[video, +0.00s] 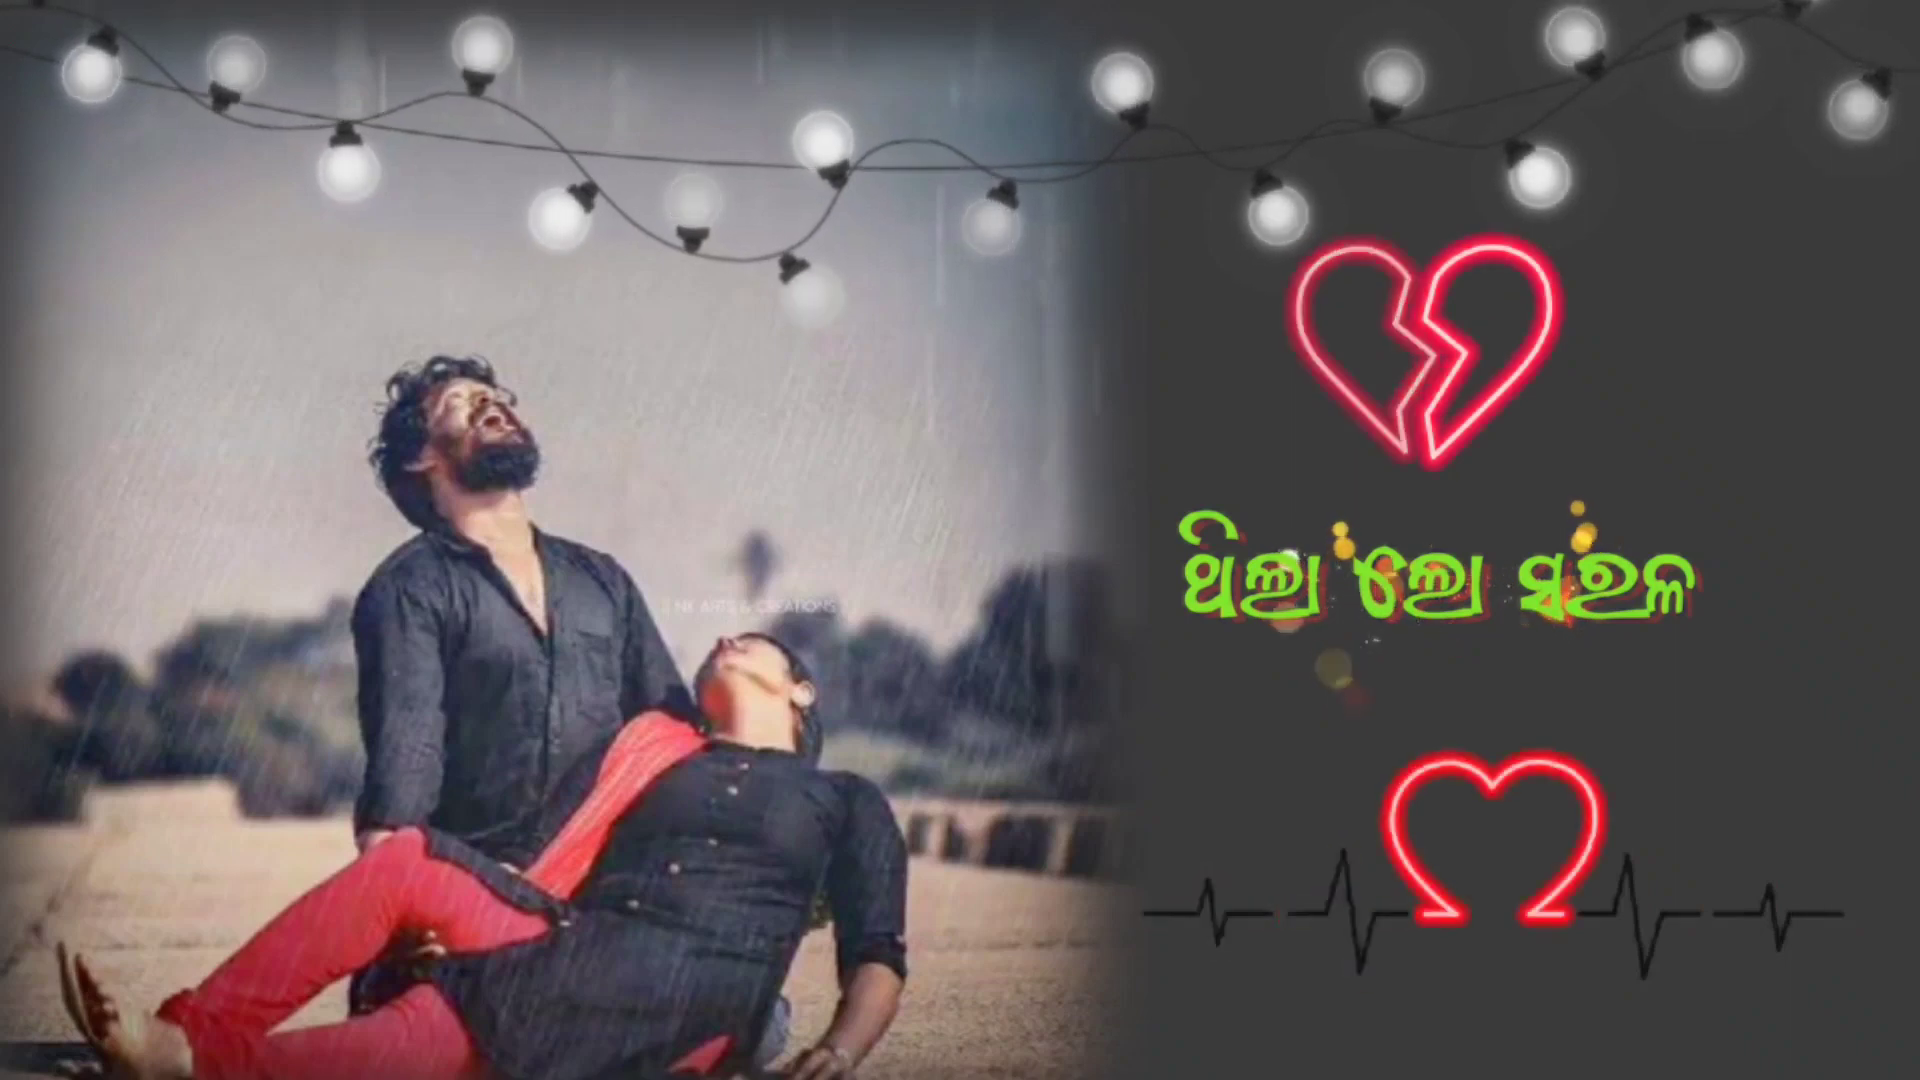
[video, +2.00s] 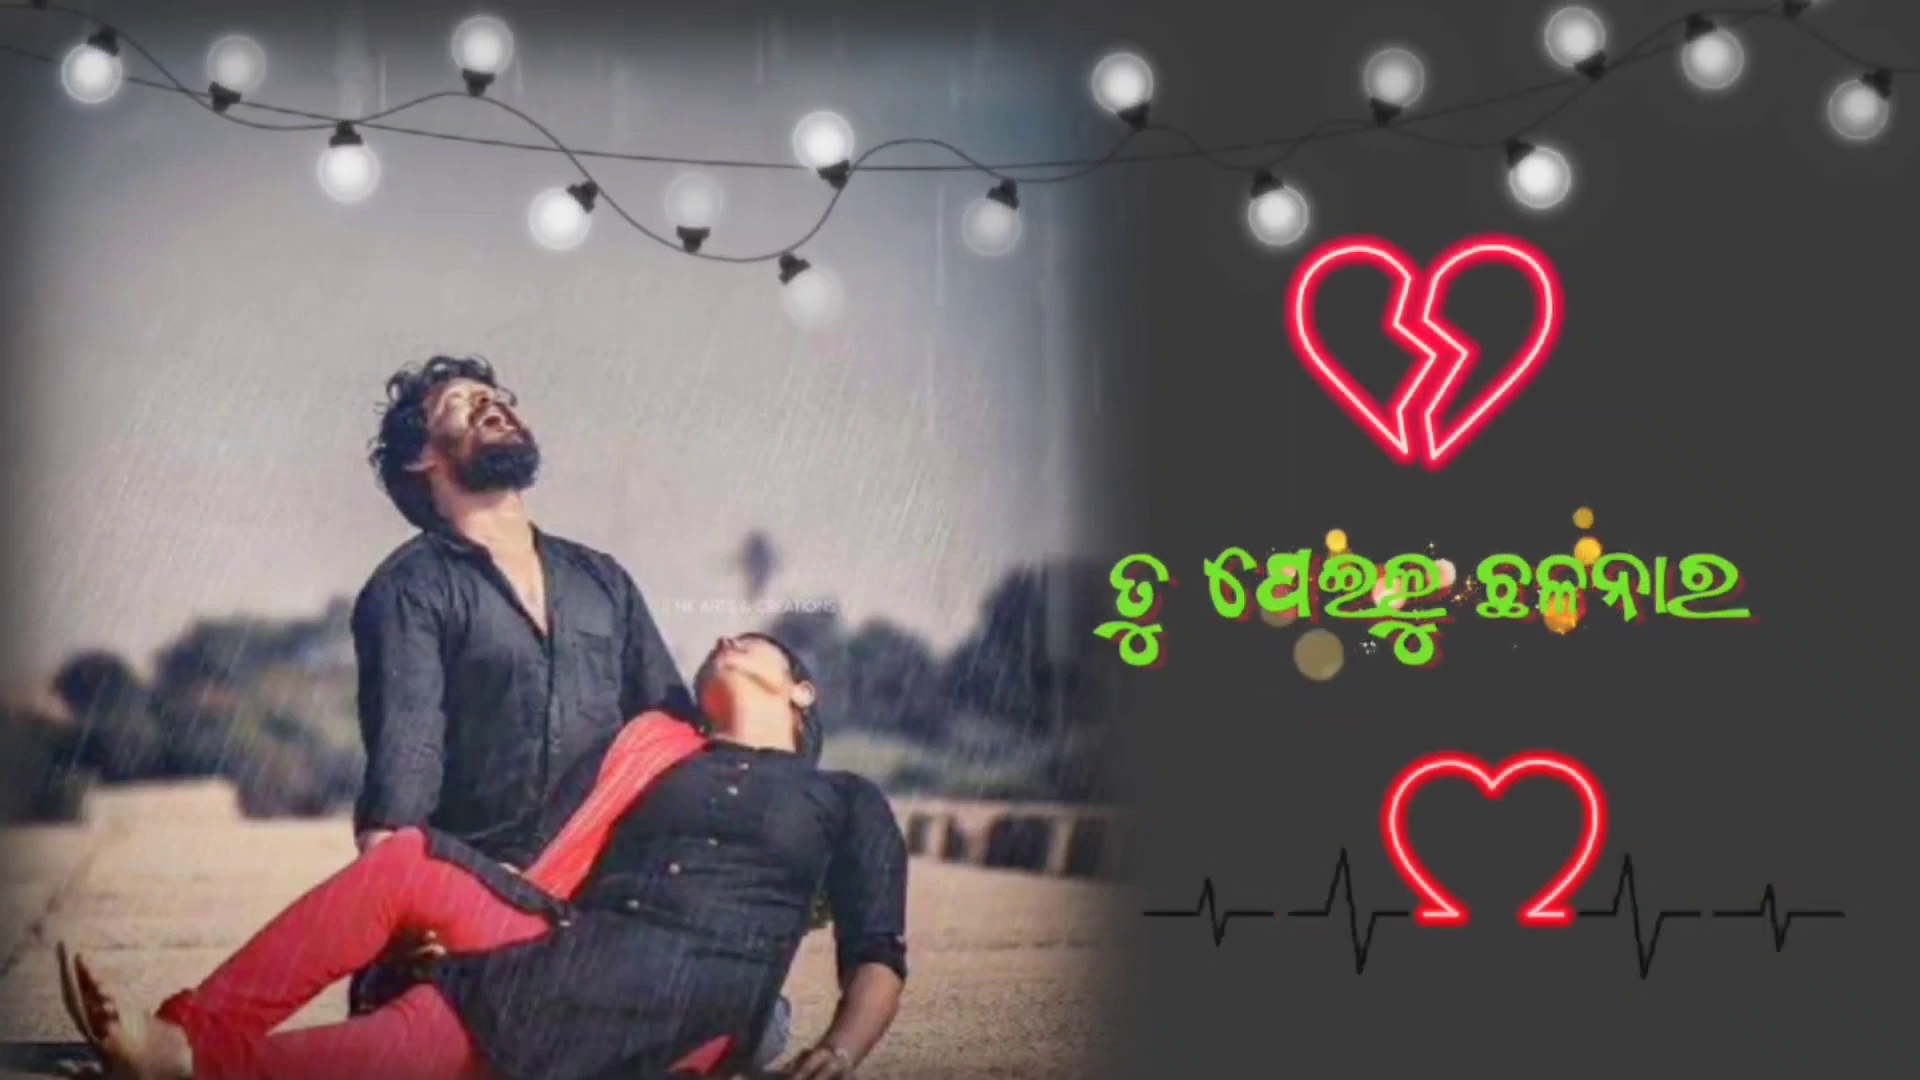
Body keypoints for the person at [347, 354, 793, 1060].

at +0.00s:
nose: (496, 408)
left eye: (502, 401)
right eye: (463, 406)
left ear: (525, 438)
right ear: (421, 462)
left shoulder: (602, 578)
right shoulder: (410, 587)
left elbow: (678, 728)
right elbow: (404, 753)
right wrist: (387, 904)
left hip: (617, 883)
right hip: (462, 890)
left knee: (760, 1022)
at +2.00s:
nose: (497, 408)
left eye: (502, 401)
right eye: (463, 406)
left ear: (525, 438)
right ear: (422, 462)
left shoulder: (602, 579)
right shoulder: (410, 588)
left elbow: (678, 728)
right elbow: (404, 752)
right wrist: (388, 902)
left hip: (617, 882)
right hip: (462, 890)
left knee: (761, 1022)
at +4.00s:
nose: (496, 408)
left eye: (502, 401)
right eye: (463, 406)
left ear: (525, 438)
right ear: (421, 462)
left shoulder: (602, 578)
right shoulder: (410, 587)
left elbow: (678, 728)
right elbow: (404, 753)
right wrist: (387, 904)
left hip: (617, 883)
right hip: (462, 890)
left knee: (760, 1022)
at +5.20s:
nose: (496, 409)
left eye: (501, 401)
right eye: (462, 406)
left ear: (524, 438)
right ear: (421, 462)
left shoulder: (603, 579)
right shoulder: (410, 588)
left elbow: (678, 728)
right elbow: (404, 747)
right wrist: (388, 893)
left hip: (614, 883)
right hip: (460, 889)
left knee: (761, 1020)